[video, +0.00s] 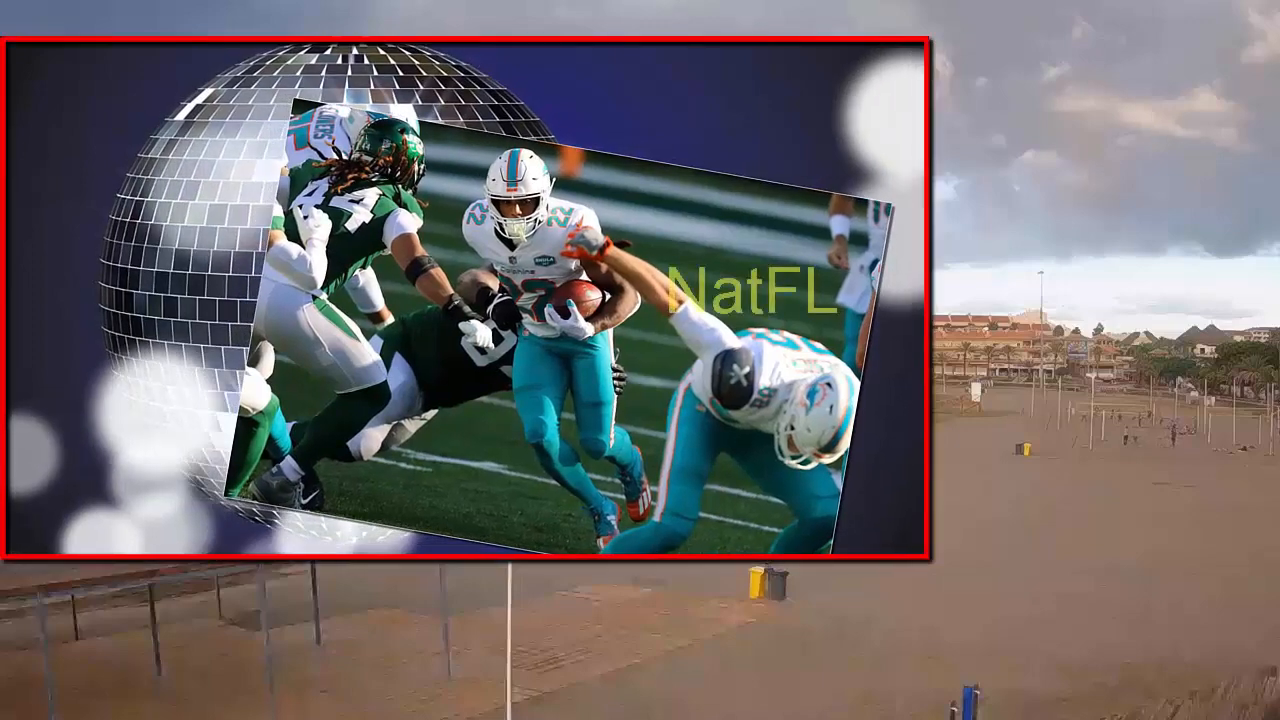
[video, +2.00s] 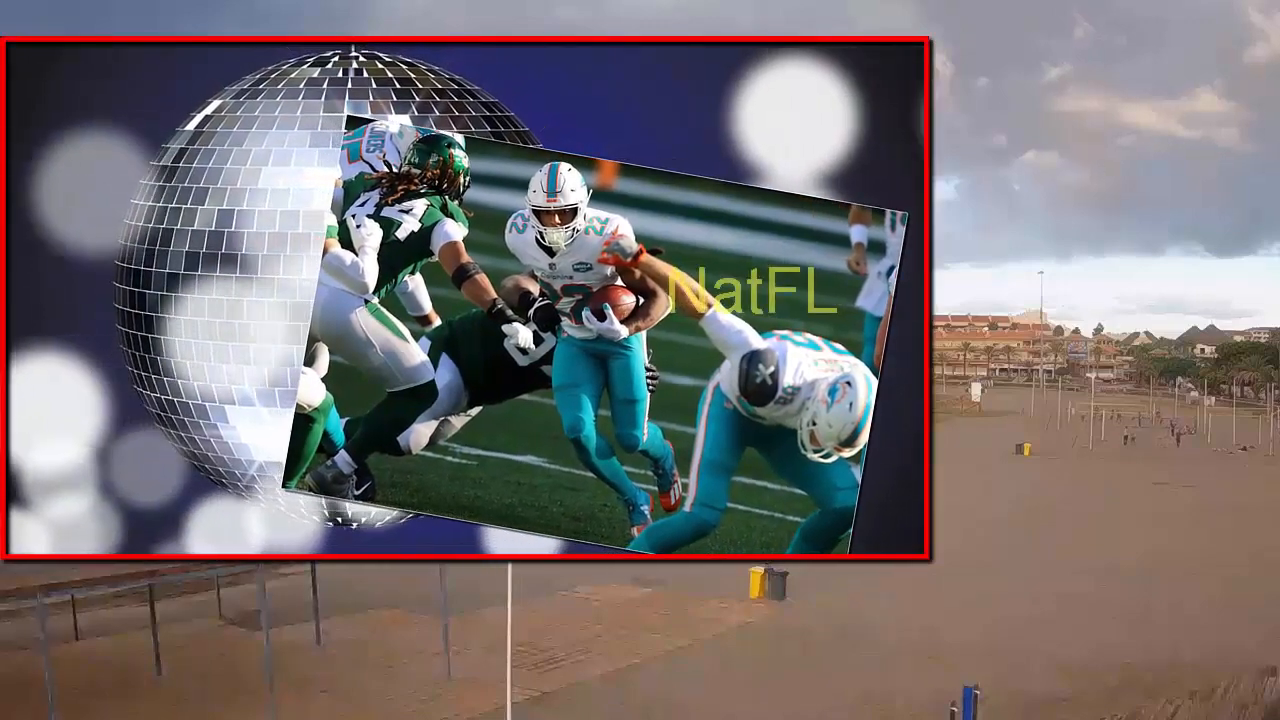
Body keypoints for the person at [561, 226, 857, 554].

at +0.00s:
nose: (804, 461)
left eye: (817, 457)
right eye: (799, 450)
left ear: (845, 432)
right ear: (787, 415)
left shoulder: (854, 415)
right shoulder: (744, 375)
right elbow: (671, 300)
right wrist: (606, 253)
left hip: (764, 428)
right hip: (706, 405)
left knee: (827, 516)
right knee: (673, 527)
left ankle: (764, 583)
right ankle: (592, 571)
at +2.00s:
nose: (822, 455)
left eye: (835, 452)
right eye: (818, 442)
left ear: (861, 429)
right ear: (810, 409)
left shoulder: (872, 413)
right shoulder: (763, 366)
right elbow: (700, 303)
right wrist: (639, 258)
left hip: (788, 424)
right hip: (733, 401)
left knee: (845, 503)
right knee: (704, 515)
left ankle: (785, 581)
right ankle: (622, 568)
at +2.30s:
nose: (826, 454)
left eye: (839, 450)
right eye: (822, 441)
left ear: (864, 428)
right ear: (814, 409)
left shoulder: (875, 412)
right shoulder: (766, 364)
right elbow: (705, 305)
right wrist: (644, 259)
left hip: (791, 424)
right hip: (736, 400)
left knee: (848, 502)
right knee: (708, 514)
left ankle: (787, 579)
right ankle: (628, 565)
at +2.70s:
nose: (830, 452)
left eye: (843, 449)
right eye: (826, 439)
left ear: (868, 427)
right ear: (819, 407)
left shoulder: (878, 413)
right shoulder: (775, 370)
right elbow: (710, 305)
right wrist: (651, 261)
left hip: (795, 423)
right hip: (742, 400)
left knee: (853, 500)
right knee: (714, 512)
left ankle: (792, 576)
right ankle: (635, 563)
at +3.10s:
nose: (833, 446)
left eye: (848, 445)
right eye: (831, 434)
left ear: (871, 429)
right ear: (824, 405)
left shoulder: (882, 415)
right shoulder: (782, 371)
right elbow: (717, 307)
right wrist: (660, 263)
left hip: (800, 423)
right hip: (747, 400)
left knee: (857, 499)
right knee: (720, 510)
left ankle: (797, 574)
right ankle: (639, 557)